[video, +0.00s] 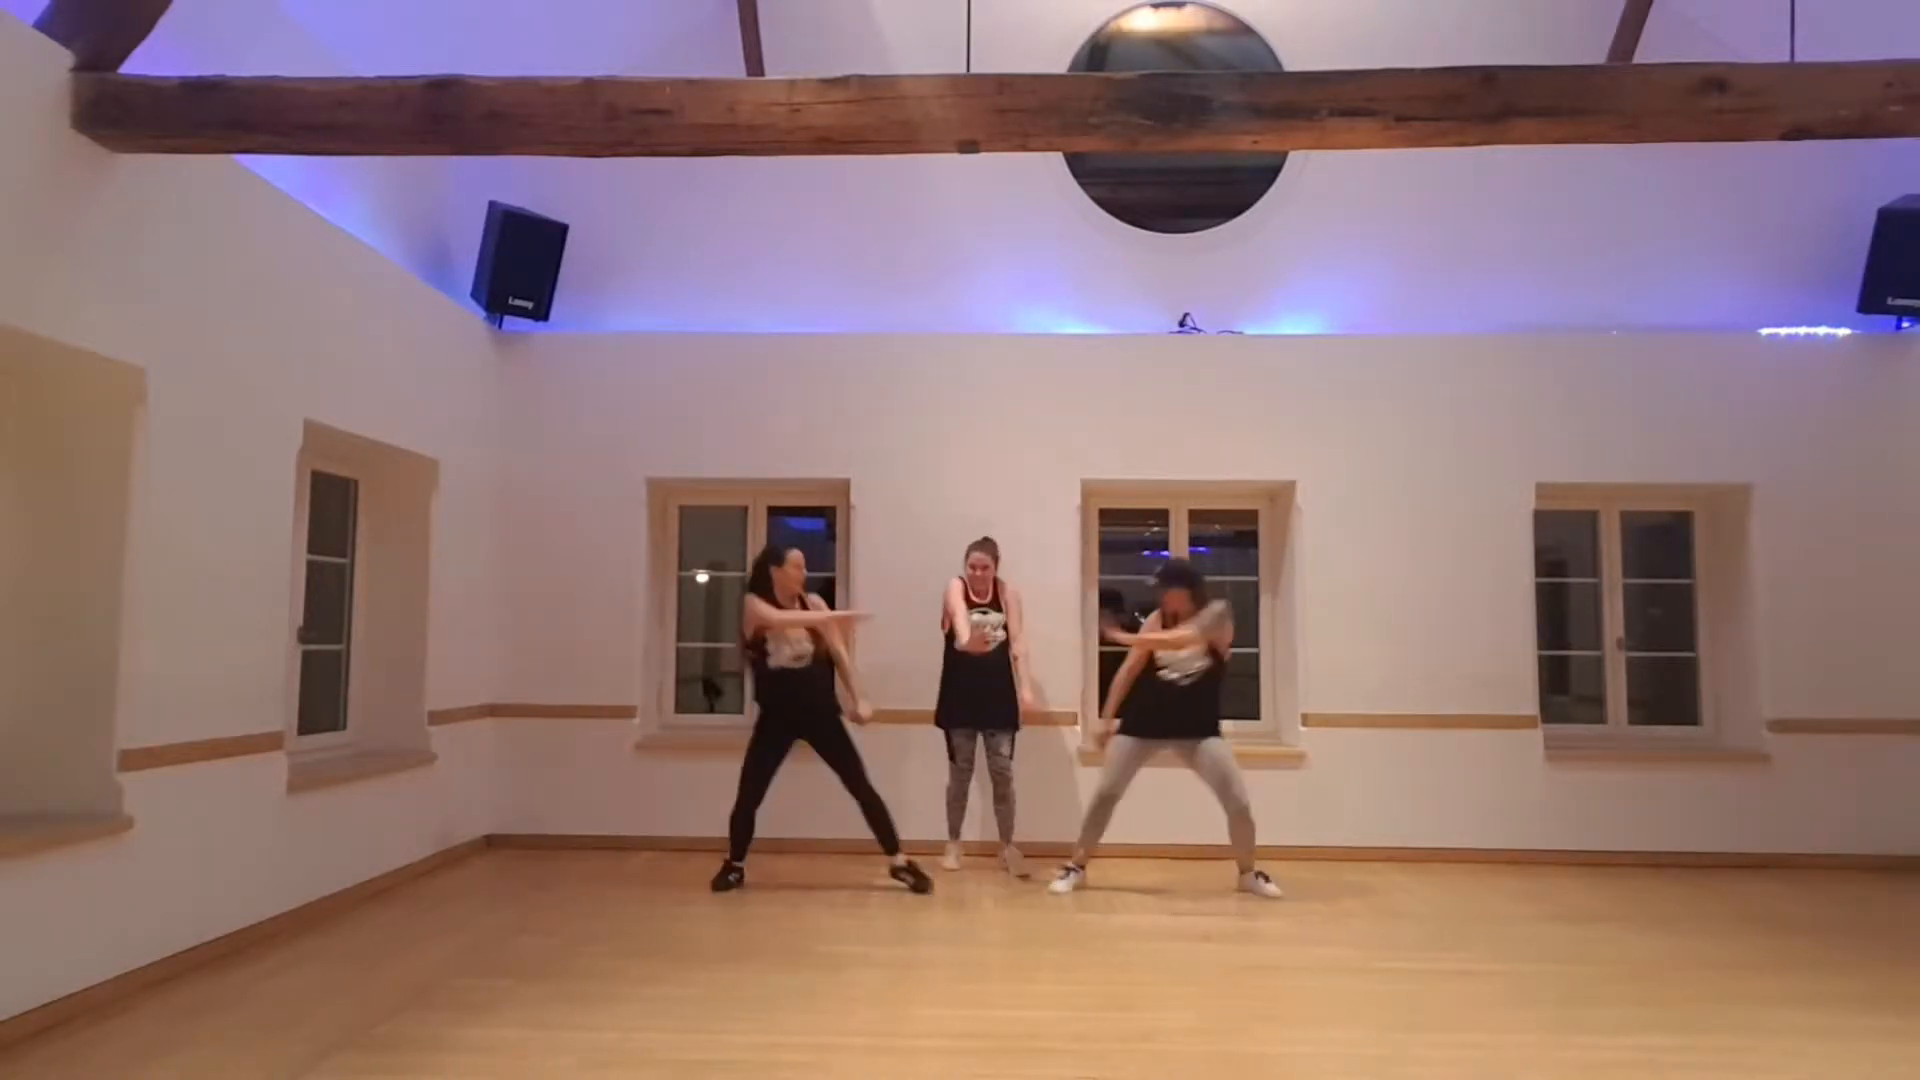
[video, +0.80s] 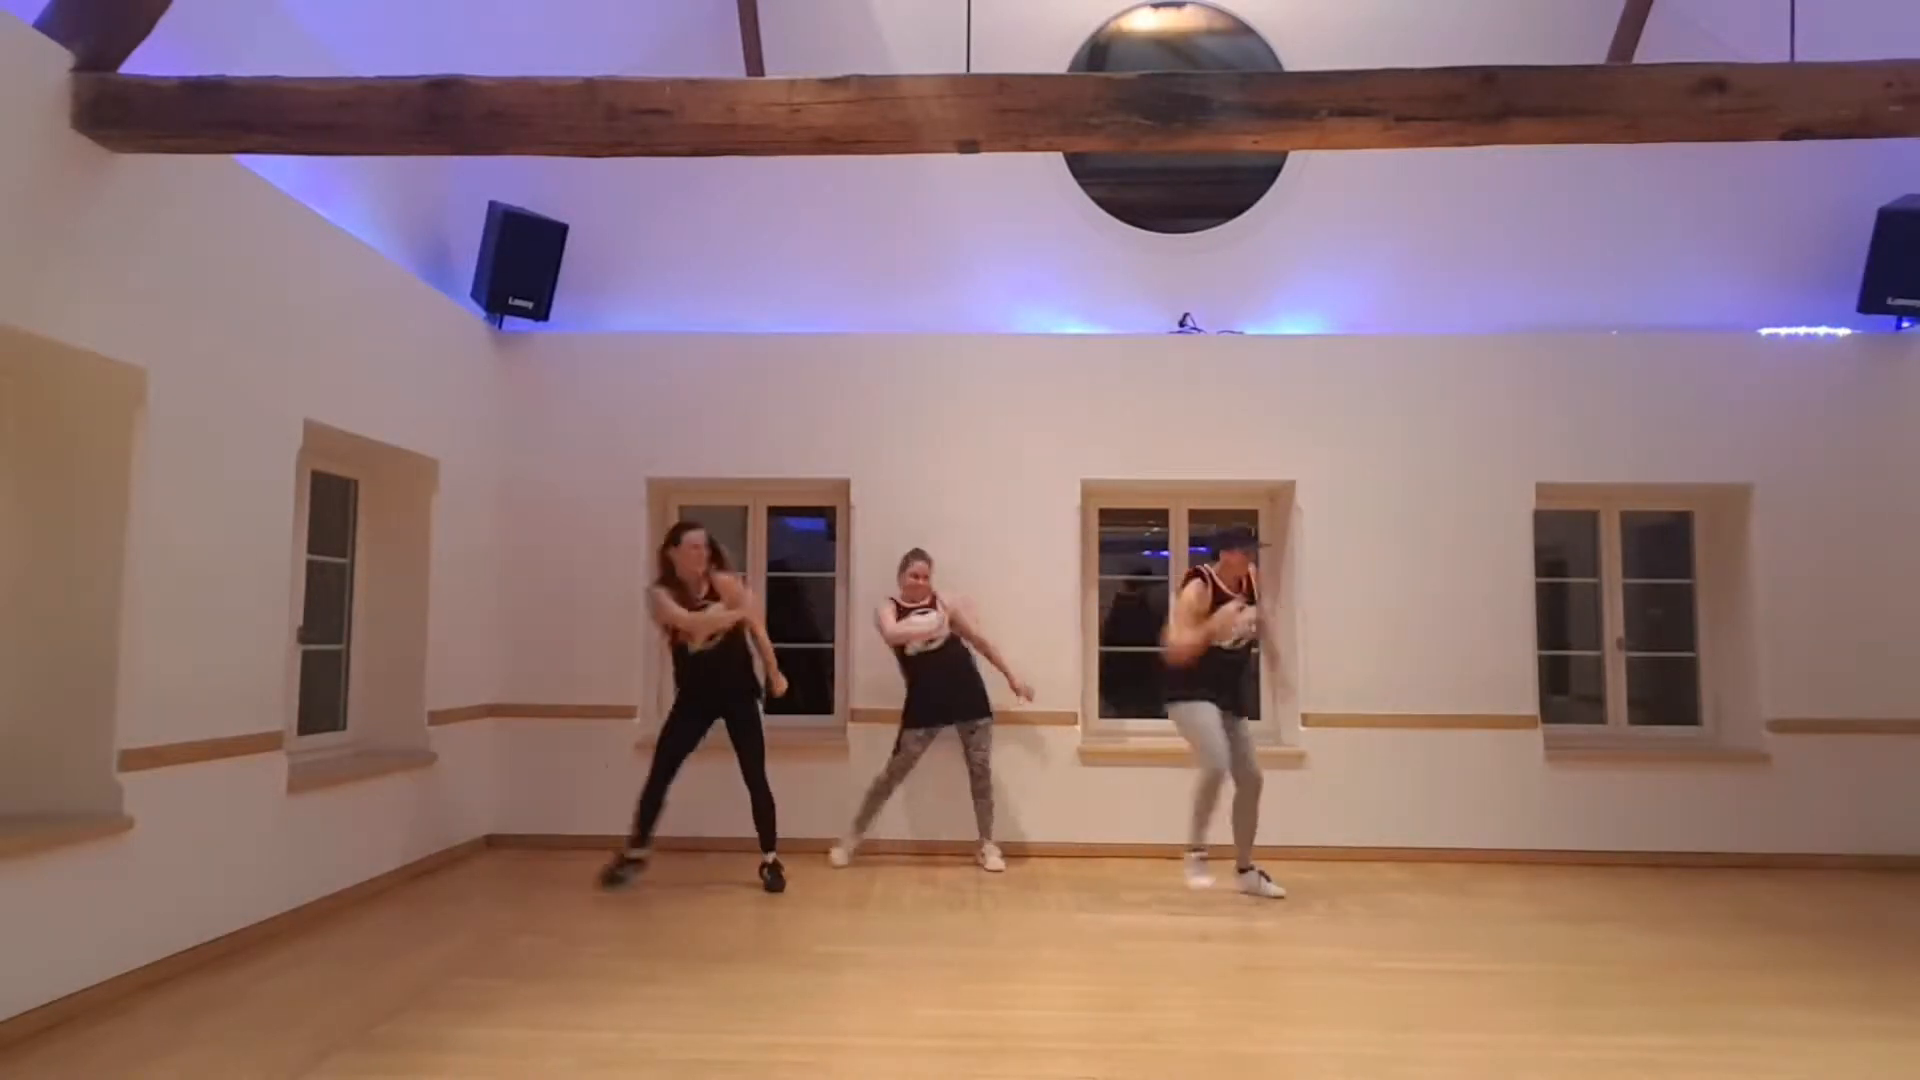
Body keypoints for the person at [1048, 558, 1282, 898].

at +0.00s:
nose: (1167, 602)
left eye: (1174, 594)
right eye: (1164, 595)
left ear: (1193, 592)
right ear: (1160, 595)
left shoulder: (1217, 614)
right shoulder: (1154, 622)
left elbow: (1186, 638)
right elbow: (1129, 669)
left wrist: (1123, 637)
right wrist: (1107, 718)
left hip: (1197, 732)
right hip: (1141, 729)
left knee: (1237, 801)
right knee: (1106, 793)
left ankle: (1247, 875)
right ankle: (1076, 868)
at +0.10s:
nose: (1192, 578)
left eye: (1199, 571)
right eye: (1189, 571)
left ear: (1219, 573)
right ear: (1185, 574)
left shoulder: (1240, 598)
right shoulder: (1172, 607)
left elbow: (1255, 644)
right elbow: (1150, 656)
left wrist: (1218, 647)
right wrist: (1133, 706)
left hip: (1215, 708)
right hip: (1164, 707)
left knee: (1241, 788)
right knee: (1135, 779)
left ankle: (1249, 870)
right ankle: (1109, 859)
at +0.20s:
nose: (1223, 562)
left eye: (1228, 556)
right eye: (1216, 556)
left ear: (1236, 556)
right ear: (1203, 557)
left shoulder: (1250, 584)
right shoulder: (1183, 592)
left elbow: (1268, 635)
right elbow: (1158, 643)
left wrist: (1282, 627)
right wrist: (1140, 691)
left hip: (1226, 695)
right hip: (1177, 695)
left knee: (1245, 780)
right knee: (1167, 769)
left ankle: (1251, 867)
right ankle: (1180, 854)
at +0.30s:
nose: (1235, 560)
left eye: (1239, 554)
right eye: (1228, 553)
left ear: (1244, 554)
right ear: (1212, 553)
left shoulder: (1252, 581)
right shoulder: (1184, 588)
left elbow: (1268, 623)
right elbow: (1156, 629)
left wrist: (1302, 605)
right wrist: (1135, 661)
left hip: (1240, 700)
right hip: (1195, 703)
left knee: (1256, 779)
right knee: (1209, 775)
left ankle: (1253, 865)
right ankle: (1228, 864)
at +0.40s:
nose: (1238, 572)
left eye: (1242, 565)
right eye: (1231, 565)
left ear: (1244, 566)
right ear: (1212, 563)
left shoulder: (1249, 591)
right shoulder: (1183, 594)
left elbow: (1274, 626)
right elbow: (1136, 621)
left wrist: (1290, 596)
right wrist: (1131, 619)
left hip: (1255, 705)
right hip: (1212, 712)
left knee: (1274, 788)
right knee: (1248, 789)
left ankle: (1255, 866)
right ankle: (1242, 872)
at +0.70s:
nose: (1247, 570)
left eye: (1249, 563)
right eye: (1240, 562)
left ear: (1248, 564)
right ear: (1218, 562)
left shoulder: (1252, 586)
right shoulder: (1190, 589)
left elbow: (1289, 606)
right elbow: (1130, 592)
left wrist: (1325, 639)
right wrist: (1166, 617)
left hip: (1245, 702)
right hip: (1206, 706)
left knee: (1263, 785)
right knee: (1254, 779)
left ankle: (1250, 866)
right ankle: (1232, 857)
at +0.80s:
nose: (1250, 563)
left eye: (1251, 556)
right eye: (1245, 555)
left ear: (1247, 558)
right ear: (1226, 555)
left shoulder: (1250, 584)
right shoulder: (1197, 589)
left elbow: (1264, 627)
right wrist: (1217, 624)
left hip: (1228, 697)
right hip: (1191, 695)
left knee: (1250, 778)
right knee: (1216, 765)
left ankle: (1245, 868)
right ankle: (1195, 855)